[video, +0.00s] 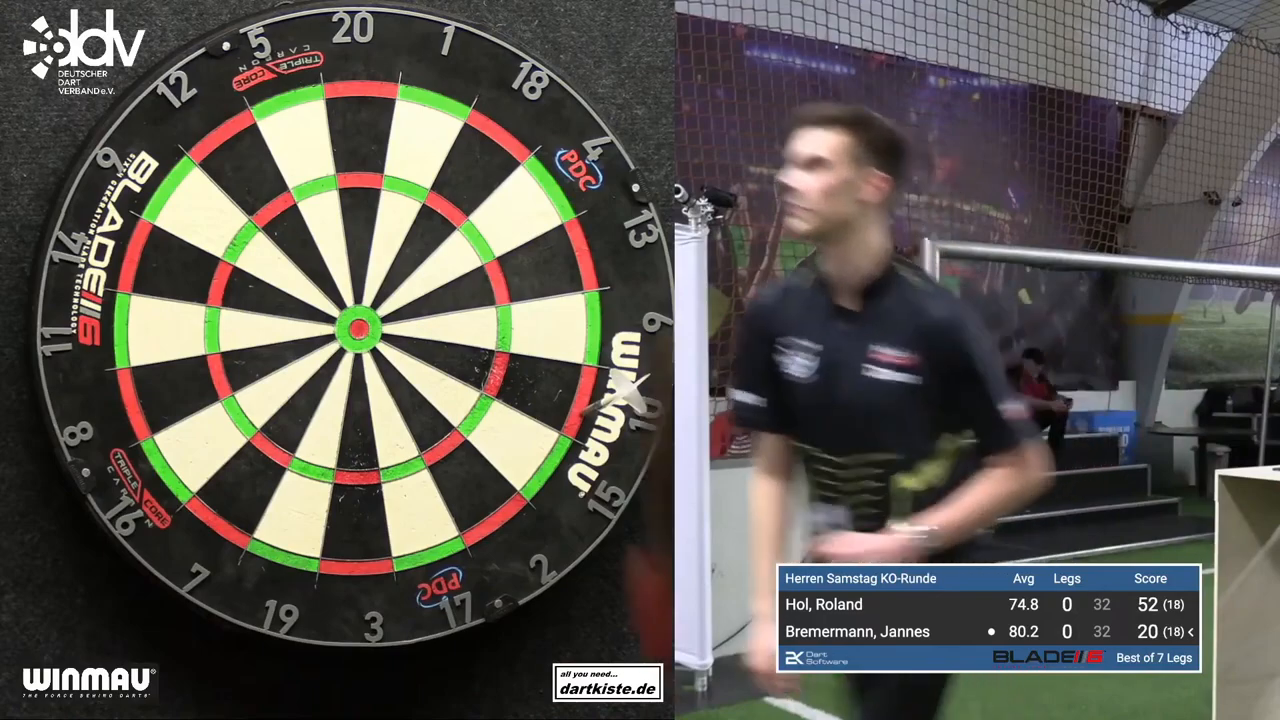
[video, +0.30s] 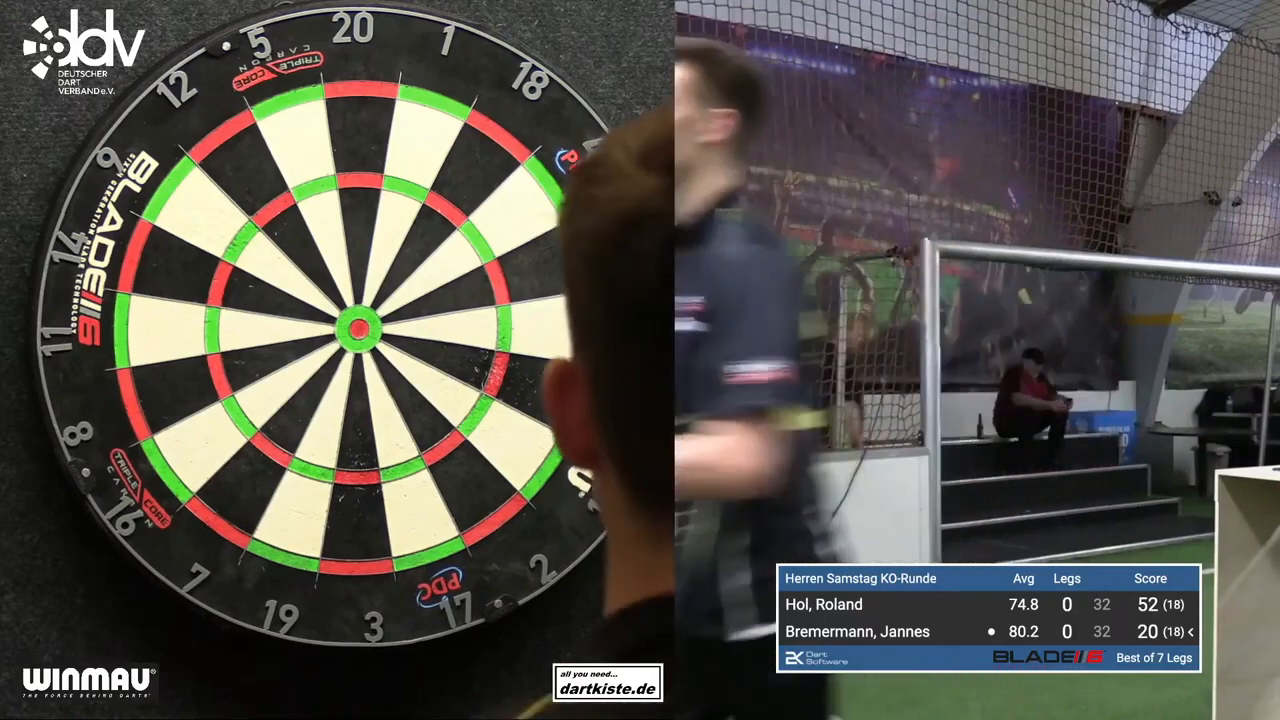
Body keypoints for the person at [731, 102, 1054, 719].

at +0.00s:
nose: (786, 180)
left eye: (813, 166)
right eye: (788, 164)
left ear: (875, 187)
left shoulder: (938, 321)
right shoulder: (774, 316)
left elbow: (1026, 465)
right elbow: (771, 467)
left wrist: (902, 539)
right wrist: (768, 615)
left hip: (928, 590)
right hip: (832, 589)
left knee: (889, 707)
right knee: (885, 706)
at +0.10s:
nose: (742, 156)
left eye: (769, 141)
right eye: (746, 140)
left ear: (832, 164)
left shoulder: (887, 299)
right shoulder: (746, 289)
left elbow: (966, 464)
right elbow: (738, 452)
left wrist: (823, 525)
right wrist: (722, 601)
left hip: (887, 592)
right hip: (795, 593)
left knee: (855, 708)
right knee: (809, 707)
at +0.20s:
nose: (679, 130)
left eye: (702, 110)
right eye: (680, 112)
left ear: (767, 132)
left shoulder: (809, 267)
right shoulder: (702, 265)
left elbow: (840, 458)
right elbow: (694, 427)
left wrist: (698, 478)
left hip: (817, 548)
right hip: (732, 542)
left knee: (826, 705)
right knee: (701, 698)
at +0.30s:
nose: (655, 119)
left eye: (674, 101)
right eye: (660, 101)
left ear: (721, 124)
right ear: (711, 125)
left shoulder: (743, 252)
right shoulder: (665, 247)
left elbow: (752, 454)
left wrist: (615, 459)